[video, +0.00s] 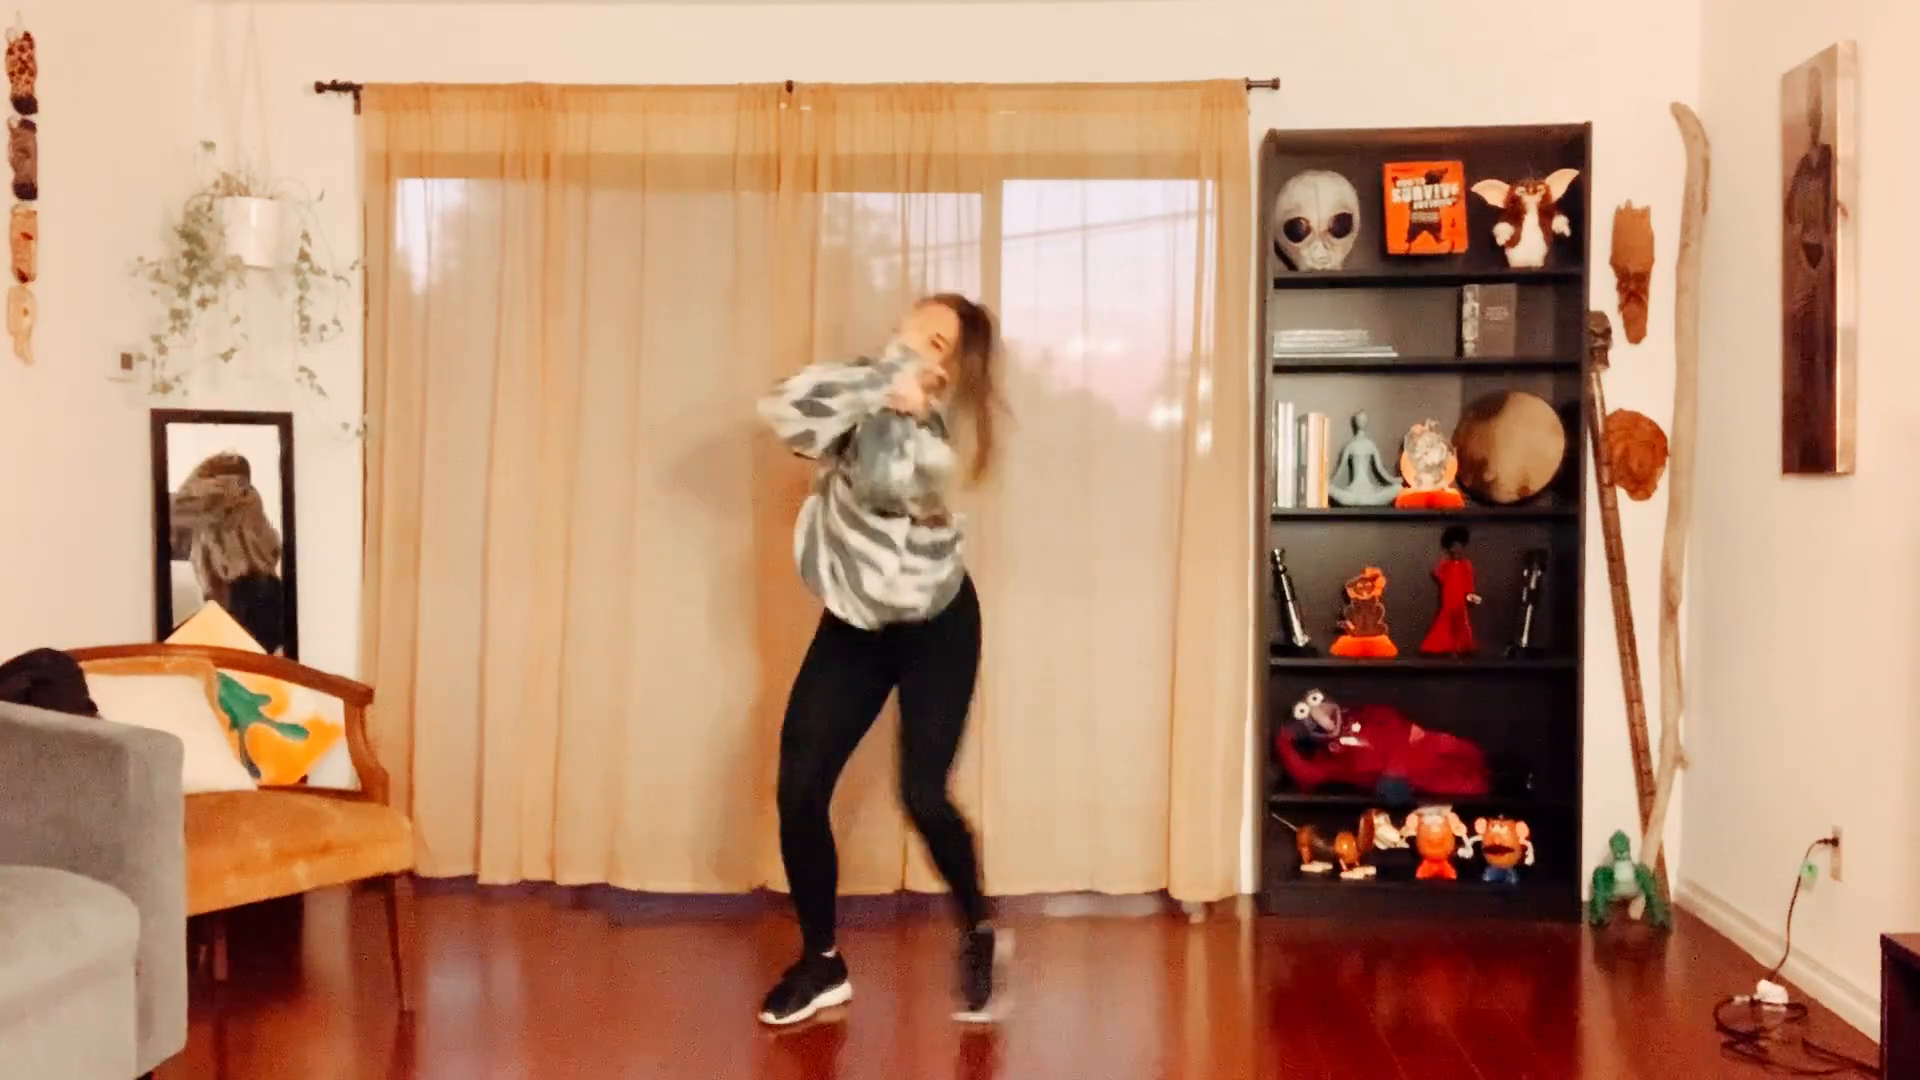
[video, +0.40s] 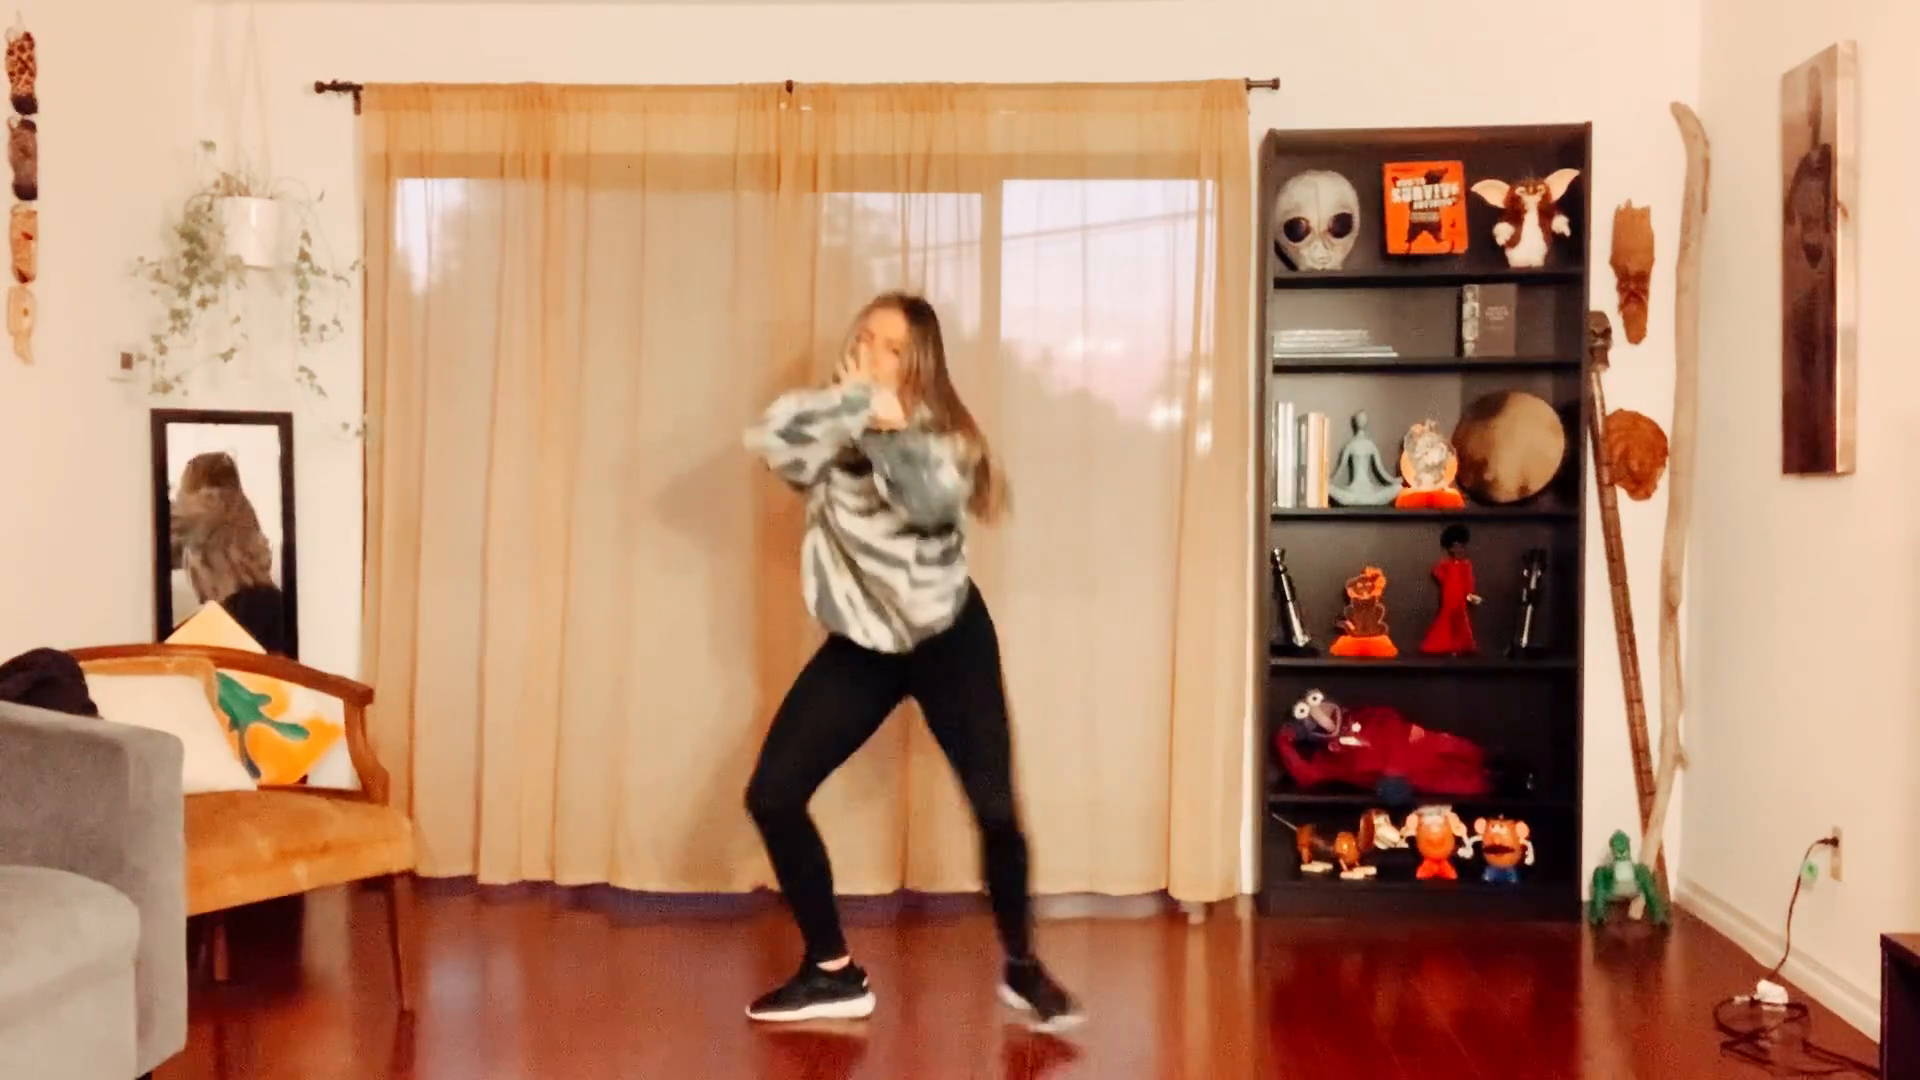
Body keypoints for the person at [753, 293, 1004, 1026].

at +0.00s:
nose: (914, 345)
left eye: (936, 341)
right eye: (912, 331)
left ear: (956, 368)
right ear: (895, 332)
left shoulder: (944, 443)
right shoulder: (852, 394)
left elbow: (910, 478)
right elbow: (780, 411)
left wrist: (894, 410)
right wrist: (878, 384)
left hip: (938, 624)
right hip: (855, 623)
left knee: (924, 796)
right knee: (799, 788)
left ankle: (979, 934)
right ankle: (821, 962)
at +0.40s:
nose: (871, 359)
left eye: (891, 350)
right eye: (865, 342)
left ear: (920, 364)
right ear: (847, 346)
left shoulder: (946, 440)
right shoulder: (827, 427)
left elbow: (935, 506)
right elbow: (774, 442)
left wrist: (885, 428)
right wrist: (857, 397)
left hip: (949, 640)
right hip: (862, 645)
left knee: (997, 808)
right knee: (774, 795)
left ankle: (1021, 967)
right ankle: (832, 970)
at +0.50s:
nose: (892, 390)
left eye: (912, 382)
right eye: (884, 372)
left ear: (939, 398)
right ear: (864, 380)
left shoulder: (965, 483)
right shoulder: (841, 460)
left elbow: (955, 572)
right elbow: (787, 475)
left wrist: (899, 463)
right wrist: (870, 429)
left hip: (966, 677)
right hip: (869, 682)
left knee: (1080, 808)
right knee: (749, 806)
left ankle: (1063, 982)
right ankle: (828, 972)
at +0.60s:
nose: (923, 412)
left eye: (942, 402)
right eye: (911, 397)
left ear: (965, 419)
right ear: (892, 407)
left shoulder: (986, 500)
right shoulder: (864, 487)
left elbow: (991, 612)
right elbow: (815, 502)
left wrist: (985, 499)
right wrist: (889, 462)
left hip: (991, 699)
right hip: (887, 703)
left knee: (1116, 819)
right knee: (758, 811)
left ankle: (1069, 981)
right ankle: (827, 971)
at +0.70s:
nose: (950, 421)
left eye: (969, 411)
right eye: (939, 406)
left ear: (992, 425)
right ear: (921, 413)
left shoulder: (1029, 517)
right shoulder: (889, 489)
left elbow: (1084, 601)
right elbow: (845, 542)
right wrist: (913, 492)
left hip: (1011, 704)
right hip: (909, 706)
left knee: (1099, 845)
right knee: (799, 831)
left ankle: (1099, 974)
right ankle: (798, 962)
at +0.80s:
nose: (987, 422)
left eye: (1005, 409)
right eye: (975, 407)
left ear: (1029, 421)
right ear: (957, 415)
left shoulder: (1078, 502)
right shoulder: (925, 483)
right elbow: (870, 536)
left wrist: (1111, 430)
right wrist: (956, 538)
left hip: (1044, 702)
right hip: (946, 704)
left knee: (1049, 868)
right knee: (839, 847)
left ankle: (1125, 977)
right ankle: (778, 962)